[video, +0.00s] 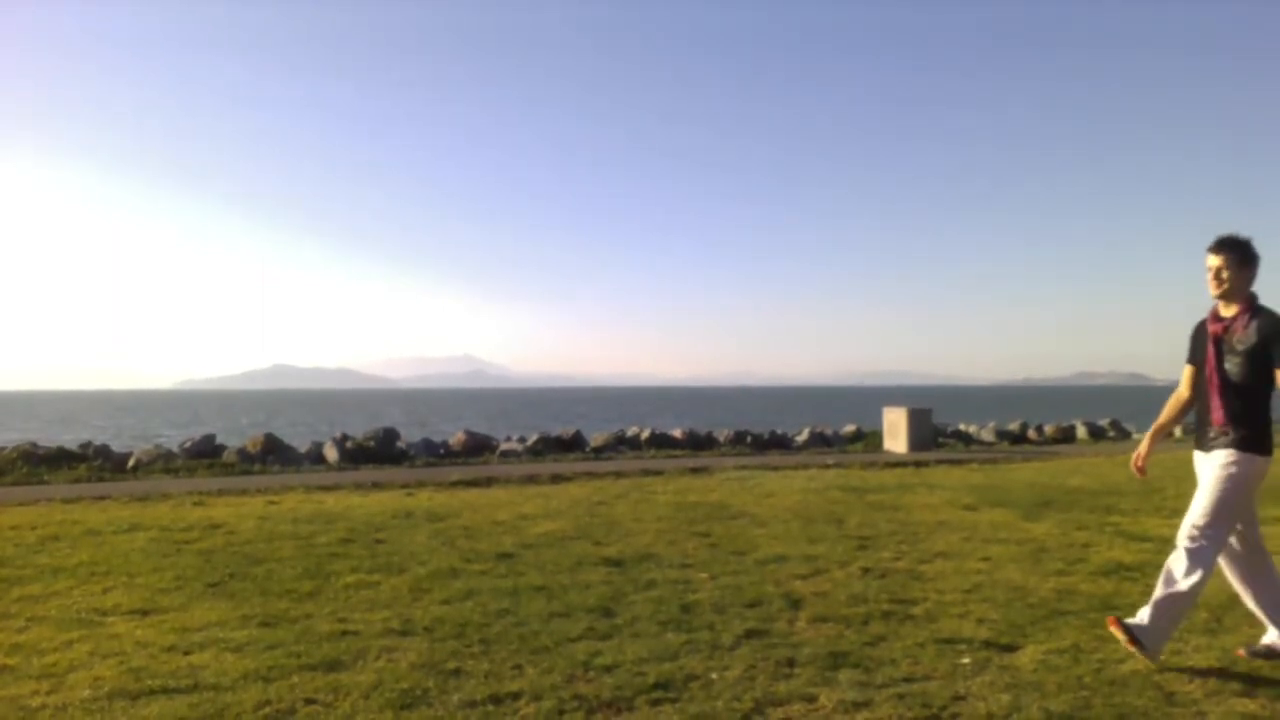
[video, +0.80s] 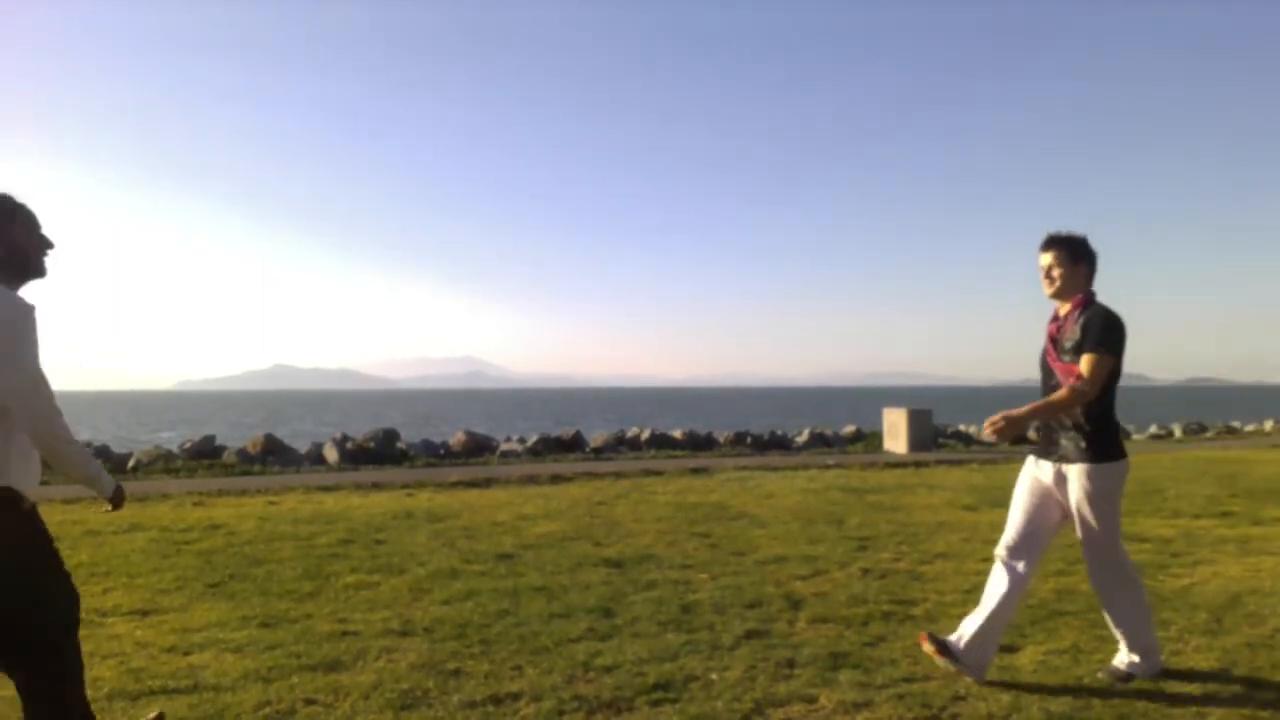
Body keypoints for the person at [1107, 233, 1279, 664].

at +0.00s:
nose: (1214, 278)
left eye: (1224, 270)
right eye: (1210, 271)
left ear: (1249, 272)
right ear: (1207, 275)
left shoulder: (1267, 326)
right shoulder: (1205, 328)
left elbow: (1275, 382)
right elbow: (1186, 390)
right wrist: (1152, 436)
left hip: (1244, 449)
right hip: (1207, 448)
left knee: (1197, 536)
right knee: (1241, 547)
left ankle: (1150, 631)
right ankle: (1277, 628)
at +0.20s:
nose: (1170, 273)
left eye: (1181, 266)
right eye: (1167, 265)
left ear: (1205, 269)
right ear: (1162, 270)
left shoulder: (1224, 324)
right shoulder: (1160, 326)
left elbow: (1252, 392)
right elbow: (1152, 390)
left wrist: (1266, 457)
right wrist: (1128, 440)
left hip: (1203, 452)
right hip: (1167, 451)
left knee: (1176, 546)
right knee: (1209, 546)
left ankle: (1156, 649)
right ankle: (1269, 628)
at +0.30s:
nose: (1145, 273)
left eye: (1154, 265)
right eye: (1141, 266)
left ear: (1181, 266)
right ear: (1138, 269)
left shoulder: (1202, 322)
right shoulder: (1140, 323)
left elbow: (1224, 392)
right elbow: (1137, 388)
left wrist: (1232, 458)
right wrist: (1121, 442)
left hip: (1183, 450)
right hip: (1143, 449)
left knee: (1163, 550)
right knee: (1148, 546)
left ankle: (1148, 653)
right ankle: (1238, 599)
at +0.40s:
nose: (1124, 273)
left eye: (1133, 265)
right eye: (1119, 266)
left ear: (1159, 265)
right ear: (1117, 270)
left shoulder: (1181, 319)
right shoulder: (1127, 320)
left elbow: (1195, 392)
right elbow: (1128, 388)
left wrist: (1188, 458)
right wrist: (1114, 438)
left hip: (1160, 449)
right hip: (1121, 446)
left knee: (1151, 551)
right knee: (1101, 536)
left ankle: (1147, 652)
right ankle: (1184, 582)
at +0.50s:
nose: (1106, 271)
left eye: (1115, 263)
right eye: (1102, 264)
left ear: (1143, 262)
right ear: (1101, 268)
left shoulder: (1164, 316)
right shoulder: (1116, 314)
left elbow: (1165, 391)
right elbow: (1120, 380)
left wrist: (1137, 447)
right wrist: (1106, 432)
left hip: (1146, 450)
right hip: (1103, 443)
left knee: (1140, 553)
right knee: (1064, 526)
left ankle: (1148, 653)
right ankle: (1120, 605)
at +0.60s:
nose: (1090, 269)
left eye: (1098, 260)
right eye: (1085, 263)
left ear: (1126, 260)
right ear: (1084, 267)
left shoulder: (1146, 312)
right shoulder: (1100, 313)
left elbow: (1139, 383)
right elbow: (1108, 379)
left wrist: (1088, 430)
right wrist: (1091, 429)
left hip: (1130, 448)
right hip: (1089, 442)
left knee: (1133, 552)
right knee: (1040, 527)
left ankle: (1146, 654)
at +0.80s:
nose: (1047, 277)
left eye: (1056, 269)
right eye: (1043, 270)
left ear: (1084, 270)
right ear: (1043, 276)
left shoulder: (1103, 322)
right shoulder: (1056, 325)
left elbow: (1086, 388)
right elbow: (1064, 389)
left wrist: (1021, 416)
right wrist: (1036, 428)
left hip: (1092, 461)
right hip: (1046, 458)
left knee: (1106, 563)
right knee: (1012, 555)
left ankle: (1141, 656)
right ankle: (970, 652)